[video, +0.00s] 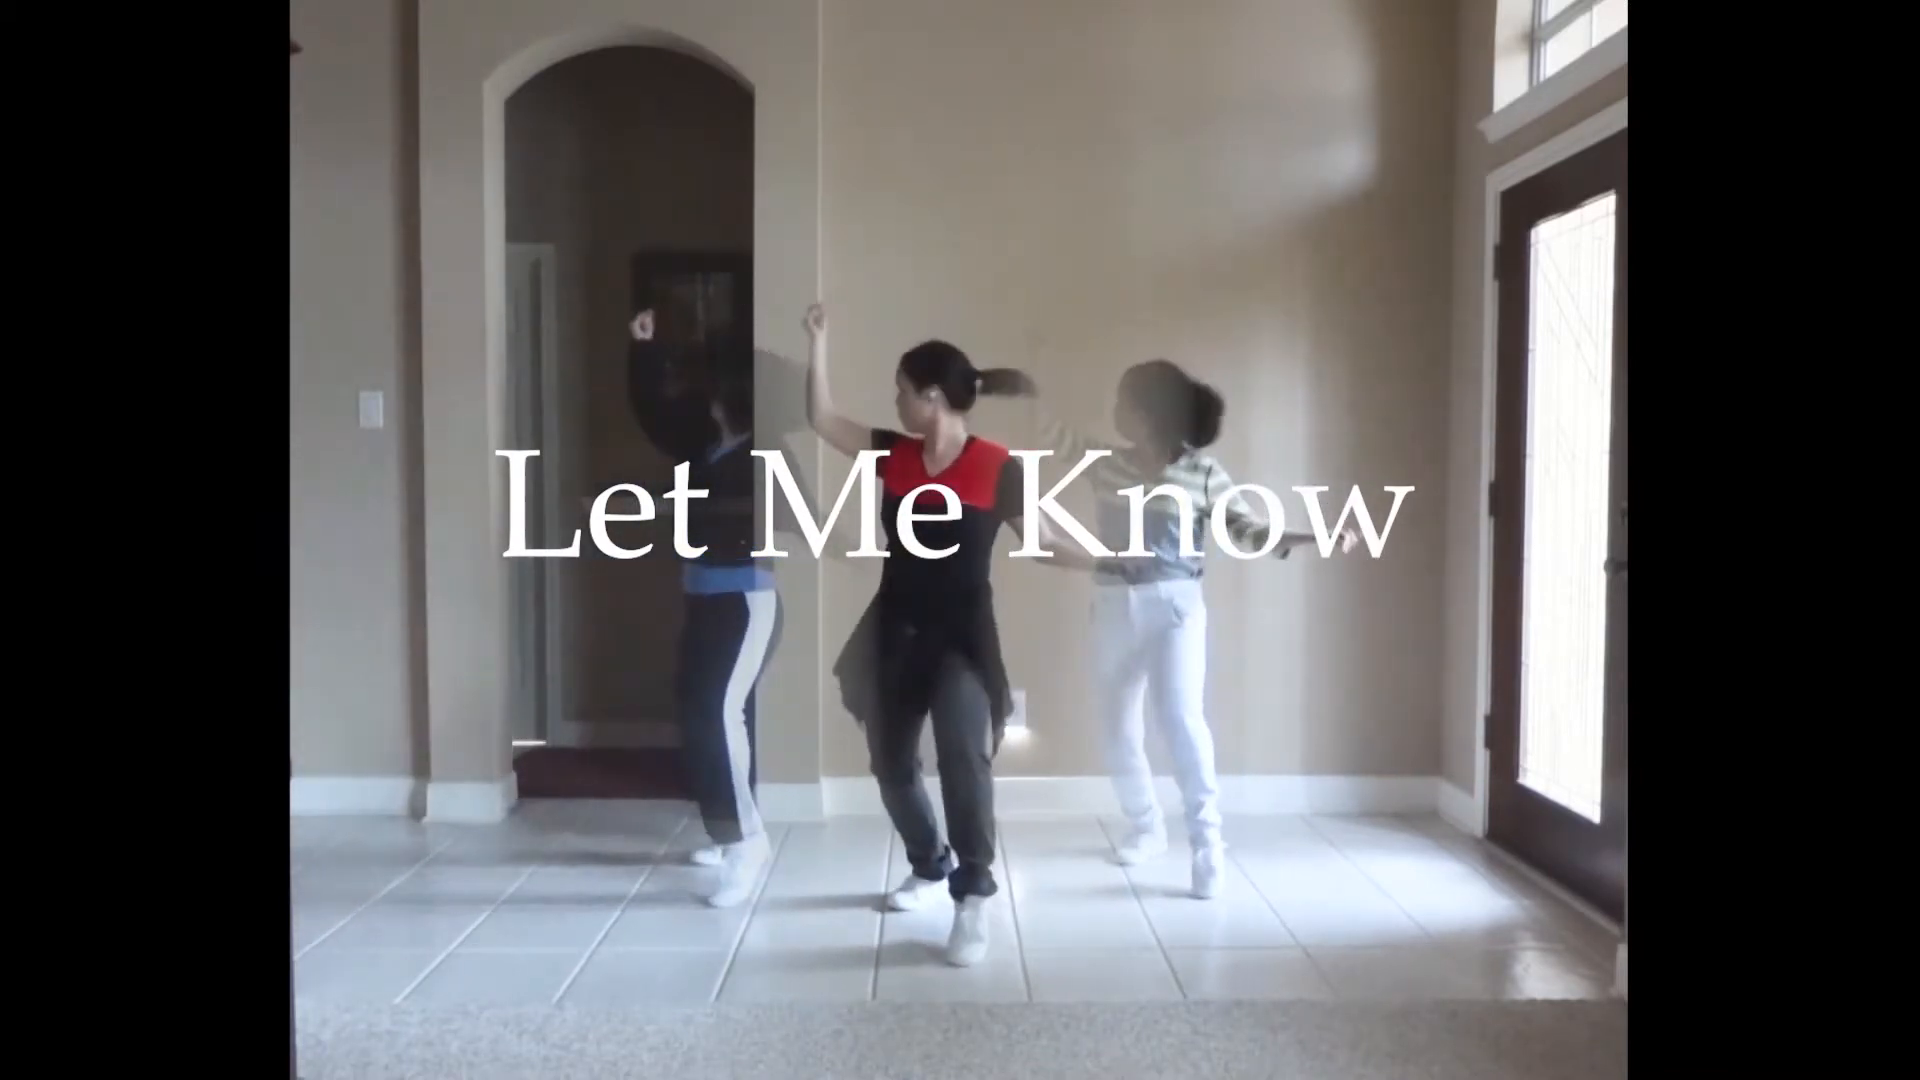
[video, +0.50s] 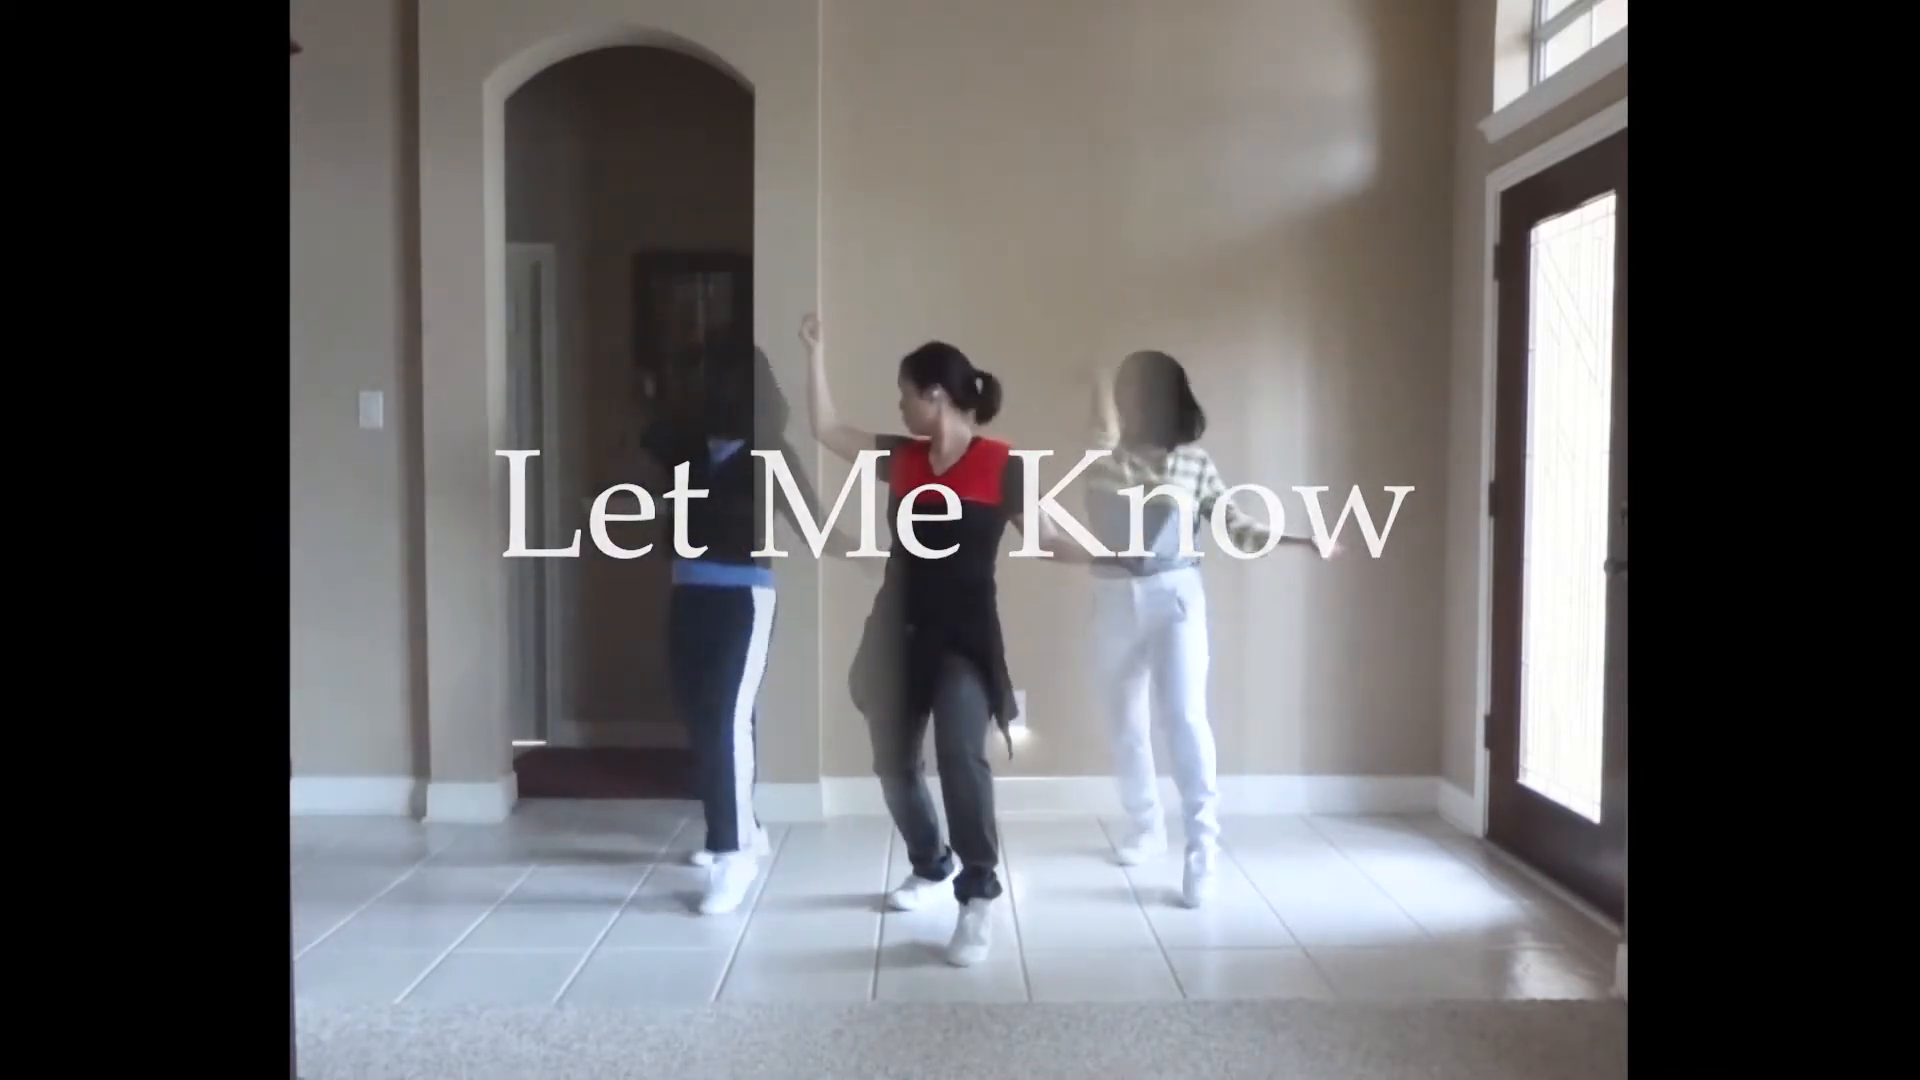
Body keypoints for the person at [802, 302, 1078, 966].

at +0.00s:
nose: (898, 405)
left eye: (905, 395)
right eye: (900, 395)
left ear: (937, 398)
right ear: (924, 399)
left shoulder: (997, 467)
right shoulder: (891, 454)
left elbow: (1052, 538)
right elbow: (823, 419)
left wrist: (1112, 562)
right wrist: (818, 339)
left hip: (962, 632)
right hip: (895, 629)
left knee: (962, 752)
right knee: (891, 763)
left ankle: (973, 893)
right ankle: (931, 868)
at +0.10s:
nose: (900, 405)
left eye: (906, 395)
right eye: (901, 394)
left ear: (937, 399)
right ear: (922, 401)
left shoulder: (996, 466)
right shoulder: (894, 454)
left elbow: (1047, 538)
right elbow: (824, 422)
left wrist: (1110, 562)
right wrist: (816, 345)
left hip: (964, 632)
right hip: (898, 628)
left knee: (961, 751)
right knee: (890, 762)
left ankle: (975, 892)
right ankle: (931, 867)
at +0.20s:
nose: (899, 406)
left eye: (906, 396)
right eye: (900, 395)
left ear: (937, 398)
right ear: (923, 400)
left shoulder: (998, 466)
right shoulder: (897, 454)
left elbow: (1057, 540)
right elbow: (825, 426)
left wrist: (1110, 556)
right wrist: (815, 349)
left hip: (964, 633)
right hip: (898, 629)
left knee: (961, 751)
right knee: (891, 763)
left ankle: (976, 894)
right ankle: (931, 867)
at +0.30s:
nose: (902, 408)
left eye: (909, 398)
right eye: (901, 398)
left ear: (941, 397)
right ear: (920, 400)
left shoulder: (999, 467)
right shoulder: (898, 455)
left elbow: (1063, 540)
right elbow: (825, 427)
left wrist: (1120, 558)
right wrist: (814, 350)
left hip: (964, 633)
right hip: (897, 630)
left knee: (961, 750)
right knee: (892, 764)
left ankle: (977, 894)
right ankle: (931, 868)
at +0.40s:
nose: (904, 408)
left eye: (911, 397)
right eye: (904, 397)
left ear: (942, 397)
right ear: (918, 400)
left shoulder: (999, 466)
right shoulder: (900, 454)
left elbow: (1064, 539)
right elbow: (826, 427)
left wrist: (1117, 557)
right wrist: (816, 350)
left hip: (965, 633)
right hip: (898, 629)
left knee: (960, 751)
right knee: (892, 762)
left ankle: (977, 893)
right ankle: (931, 867)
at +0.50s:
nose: (903, 408)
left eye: (911, 397)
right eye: (903, 397)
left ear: (944, 396)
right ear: (926, 400)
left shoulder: (1001, 466)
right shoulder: (901, 454)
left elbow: (1060, 537)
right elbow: (827, 429)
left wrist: (1115, 557)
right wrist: (815, 351)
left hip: (966, 632)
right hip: (902, 628)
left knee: (960, 753)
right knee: (893, 763)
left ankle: (977, 894)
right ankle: (931, 868)